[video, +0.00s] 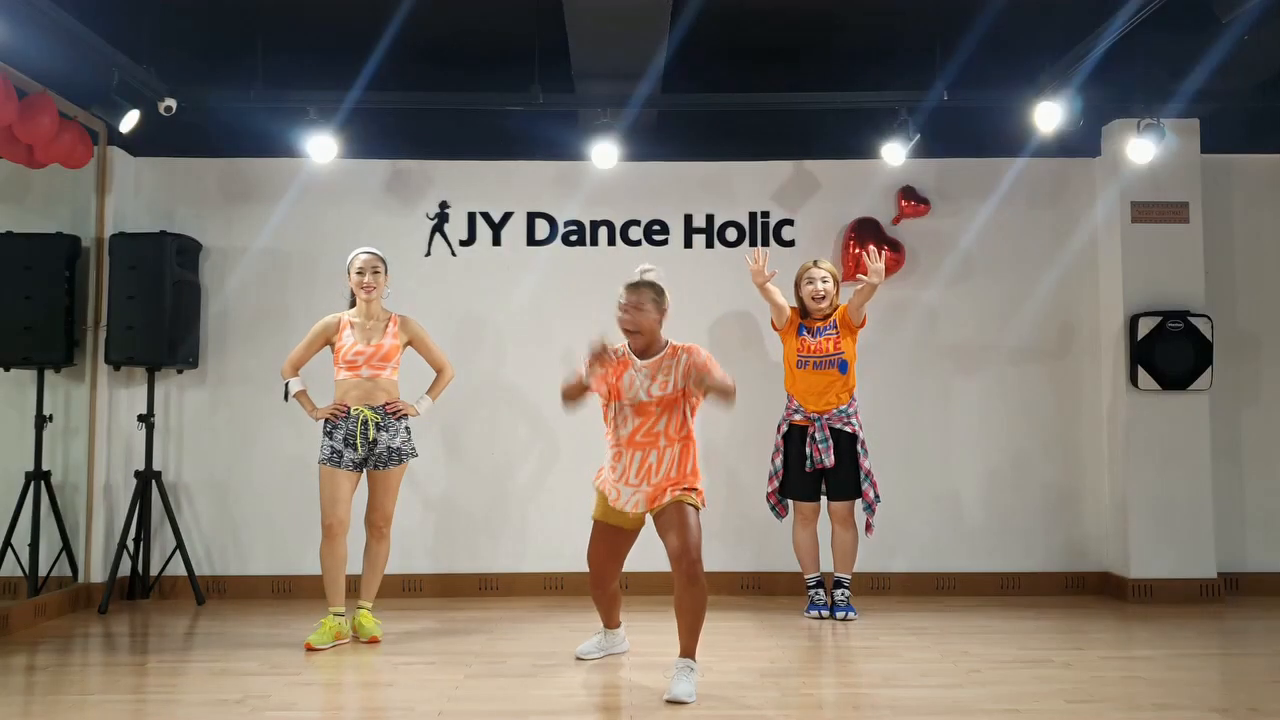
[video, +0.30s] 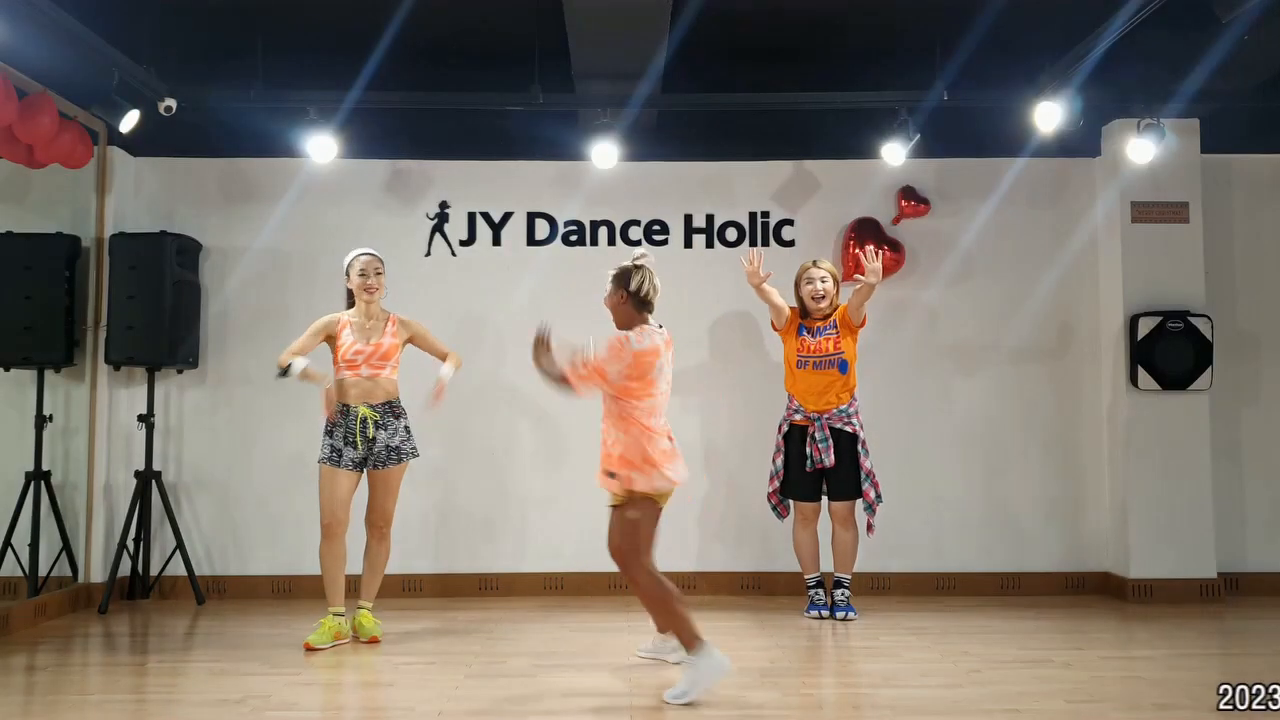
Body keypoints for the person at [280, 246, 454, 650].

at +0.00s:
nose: (367, 279)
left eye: (375, 272)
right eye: (360, 273)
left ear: (386, 280)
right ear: (349, 280)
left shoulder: (403, 326)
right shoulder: (333, 326)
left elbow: (447, 370)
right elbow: (289, 369)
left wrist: (419, 407)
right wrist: (314, 410)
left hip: (389, 428)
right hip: (341, 427)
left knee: (379, 525)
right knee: (332, 526)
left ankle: (365, 612)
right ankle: (336, 618)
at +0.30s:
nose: (371, 280)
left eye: (377, 274)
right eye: (362, 274)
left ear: (386, 280)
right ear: (349, 282)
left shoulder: (402, 326)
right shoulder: (333, 324)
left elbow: (451, 358)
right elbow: (286, 360)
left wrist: (441, 381)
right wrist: (324, 381)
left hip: (389, 427)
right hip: (343, 427)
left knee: (380, 525)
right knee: (331, 524)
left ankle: (365, 612)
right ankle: (336, 617)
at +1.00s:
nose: (380, 282)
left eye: (383, 276)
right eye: (369, 276)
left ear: (389, 284)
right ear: (349, 285)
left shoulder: (395, 326)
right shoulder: (332, 321)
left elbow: (450, 336)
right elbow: (354, 338)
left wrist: (445, 300)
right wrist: (385, 300)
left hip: (391, 424)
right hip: (345, 424)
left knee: (379, 525)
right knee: (330, 525)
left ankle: (364, 611)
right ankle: (335, 617)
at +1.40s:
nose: (363, 267)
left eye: (367, 262)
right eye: (354, 265)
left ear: (377, 275)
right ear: (340, 281)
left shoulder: (394, 325)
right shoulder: (328, 320)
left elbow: (447, 336)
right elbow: (342, 335)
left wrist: (440, 292)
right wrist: (367, 294)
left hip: (389, 422)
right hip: (343, 423)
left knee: (378, 525)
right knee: (329, 525)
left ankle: (364, 612)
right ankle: (335, 618)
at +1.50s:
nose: (364, 271)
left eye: (369, 266)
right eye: (355, 267)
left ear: (379, 278)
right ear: (342, 282)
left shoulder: (395, 324)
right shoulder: (329, 320)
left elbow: (447, 338)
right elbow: (337, 336)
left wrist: (441, 295)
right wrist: (356, 301)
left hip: (389, 422)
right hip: (343, 422)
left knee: (378, 525)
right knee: (328, 524)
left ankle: (364, 612)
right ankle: (335, 618)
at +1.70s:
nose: (368, 279)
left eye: (374, 272)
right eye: (359, 273)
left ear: (383, 280)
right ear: (345, 282)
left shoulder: (398, 323)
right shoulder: (333, 320)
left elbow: (436, 344)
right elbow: (327, 350)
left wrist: (432, 302)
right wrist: (351, 311)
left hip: (390, 423)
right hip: (343, 423)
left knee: (380, 525)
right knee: (330, 525)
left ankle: (365, 612)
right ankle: (335, 617)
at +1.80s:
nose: (369, 278)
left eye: (375, 272)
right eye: (361, 273)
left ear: (385, 280)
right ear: (348, 283)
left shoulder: (400, 322)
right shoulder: (334, 320)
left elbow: (421, 344)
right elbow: (338, 348)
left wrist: (417, 299)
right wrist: (347, 339)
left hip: (390, 423)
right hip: (345, 423)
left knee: (379, 525)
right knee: (331, 526)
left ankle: (364, 612)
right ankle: (335, 617)